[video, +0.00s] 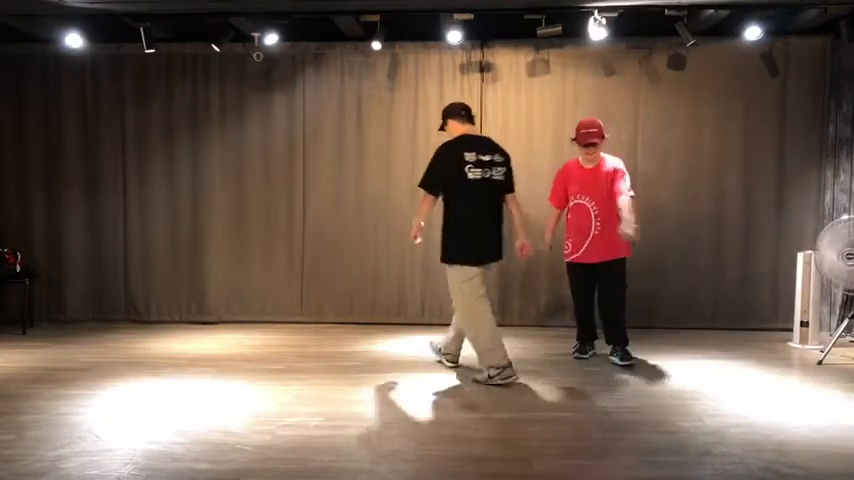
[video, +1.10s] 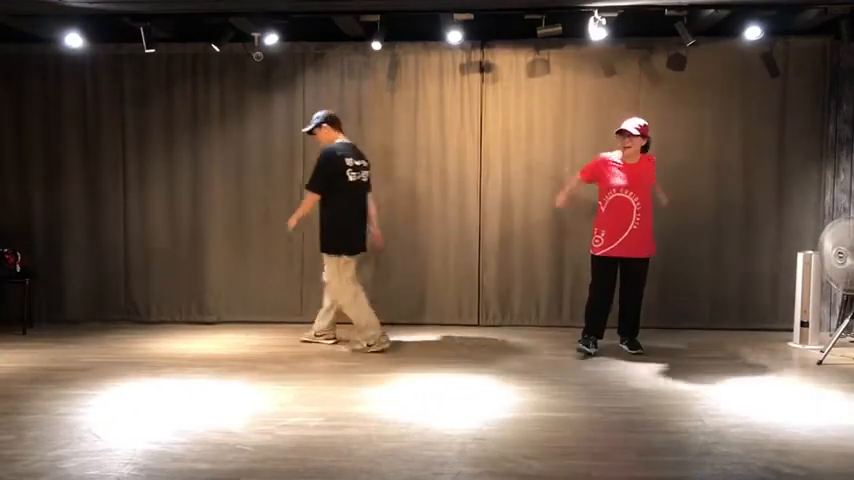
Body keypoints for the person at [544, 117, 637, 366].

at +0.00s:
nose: (590, 150)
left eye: (594, 145)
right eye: (585, 145)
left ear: (601, 143)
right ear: (577, 144)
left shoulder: (614, 167)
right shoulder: (567, 171)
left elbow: (624, 197)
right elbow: (557, 205)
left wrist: (627, 221)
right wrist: (549, 233)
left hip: (611, 248)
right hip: (578, 250)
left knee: (614, 301)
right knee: (582, 301)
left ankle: (618, 345)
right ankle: (585, 342)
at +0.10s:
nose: (592, 149)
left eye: (596, 144)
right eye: (587, 144)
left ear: (604, 143)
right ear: (579, 143)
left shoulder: (615, 166)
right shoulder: (569, 169)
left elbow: (609, 191)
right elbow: (558, 199)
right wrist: (548, 222)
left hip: (612, 245)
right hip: (580, 246)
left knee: (617, 298)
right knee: (583, 299)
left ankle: (624, 343)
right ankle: (585, 342)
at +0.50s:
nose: (604, 150)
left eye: (609, 145)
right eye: (600, 145)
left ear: (618, 144)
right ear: (594, 145)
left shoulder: (629, 169)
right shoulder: (584, 172)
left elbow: (617, 200)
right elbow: (577, 209)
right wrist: (574, 238)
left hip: (621, 248)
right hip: (590, 248)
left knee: (624, 297)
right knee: (587, 299)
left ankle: (627, 335)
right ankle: (585, 341)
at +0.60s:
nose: (609, 148)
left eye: (614, 143)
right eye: (604, 143)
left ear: (624, 144)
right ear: (599, 144)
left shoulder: (637, 170)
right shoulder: (589, 172)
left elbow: (642, 201)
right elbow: (580, 207)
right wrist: (579, 236)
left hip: (628, 246)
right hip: (595, 246)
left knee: (628, 296)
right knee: (591, 297)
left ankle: (628, 336)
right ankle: (586, 341)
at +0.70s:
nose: (614, 144)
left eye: (620, 140)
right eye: (611, 140)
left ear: (631, 142)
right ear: (607, 141)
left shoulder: (642, 169)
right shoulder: (595, 170)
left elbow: (667, 191)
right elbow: (583, 204)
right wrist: (583, 233)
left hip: (632, 245)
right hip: (600, 245)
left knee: (631, 296)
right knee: (595, 295)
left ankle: (628, 337)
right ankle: (587, 340)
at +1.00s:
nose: (625, 141)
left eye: (631, 137)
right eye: (622, 136)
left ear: (642, 141)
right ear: (617, 139)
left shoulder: (650, 166)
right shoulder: (604, 165)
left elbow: (666, 182)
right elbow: (582, 194)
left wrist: (678, 194)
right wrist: (573, 220)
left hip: (637, 242)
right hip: (605, 241)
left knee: (632, 293)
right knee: (600, 290)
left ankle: (629, 336)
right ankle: (589, 336)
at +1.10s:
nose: (626, 140)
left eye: (632, 136)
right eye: (623, 135)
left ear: (643, 141)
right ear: (618, 138)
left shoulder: (649, 164)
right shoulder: (604, 162)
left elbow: (653, 183)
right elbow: (578, 179)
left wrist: (662, 197)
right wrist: (563, 195)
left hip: (637, 243)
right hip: (606, 242)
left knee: (633, 294)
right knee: (600, 292)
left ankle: (628, 337)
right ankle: (590, 338)